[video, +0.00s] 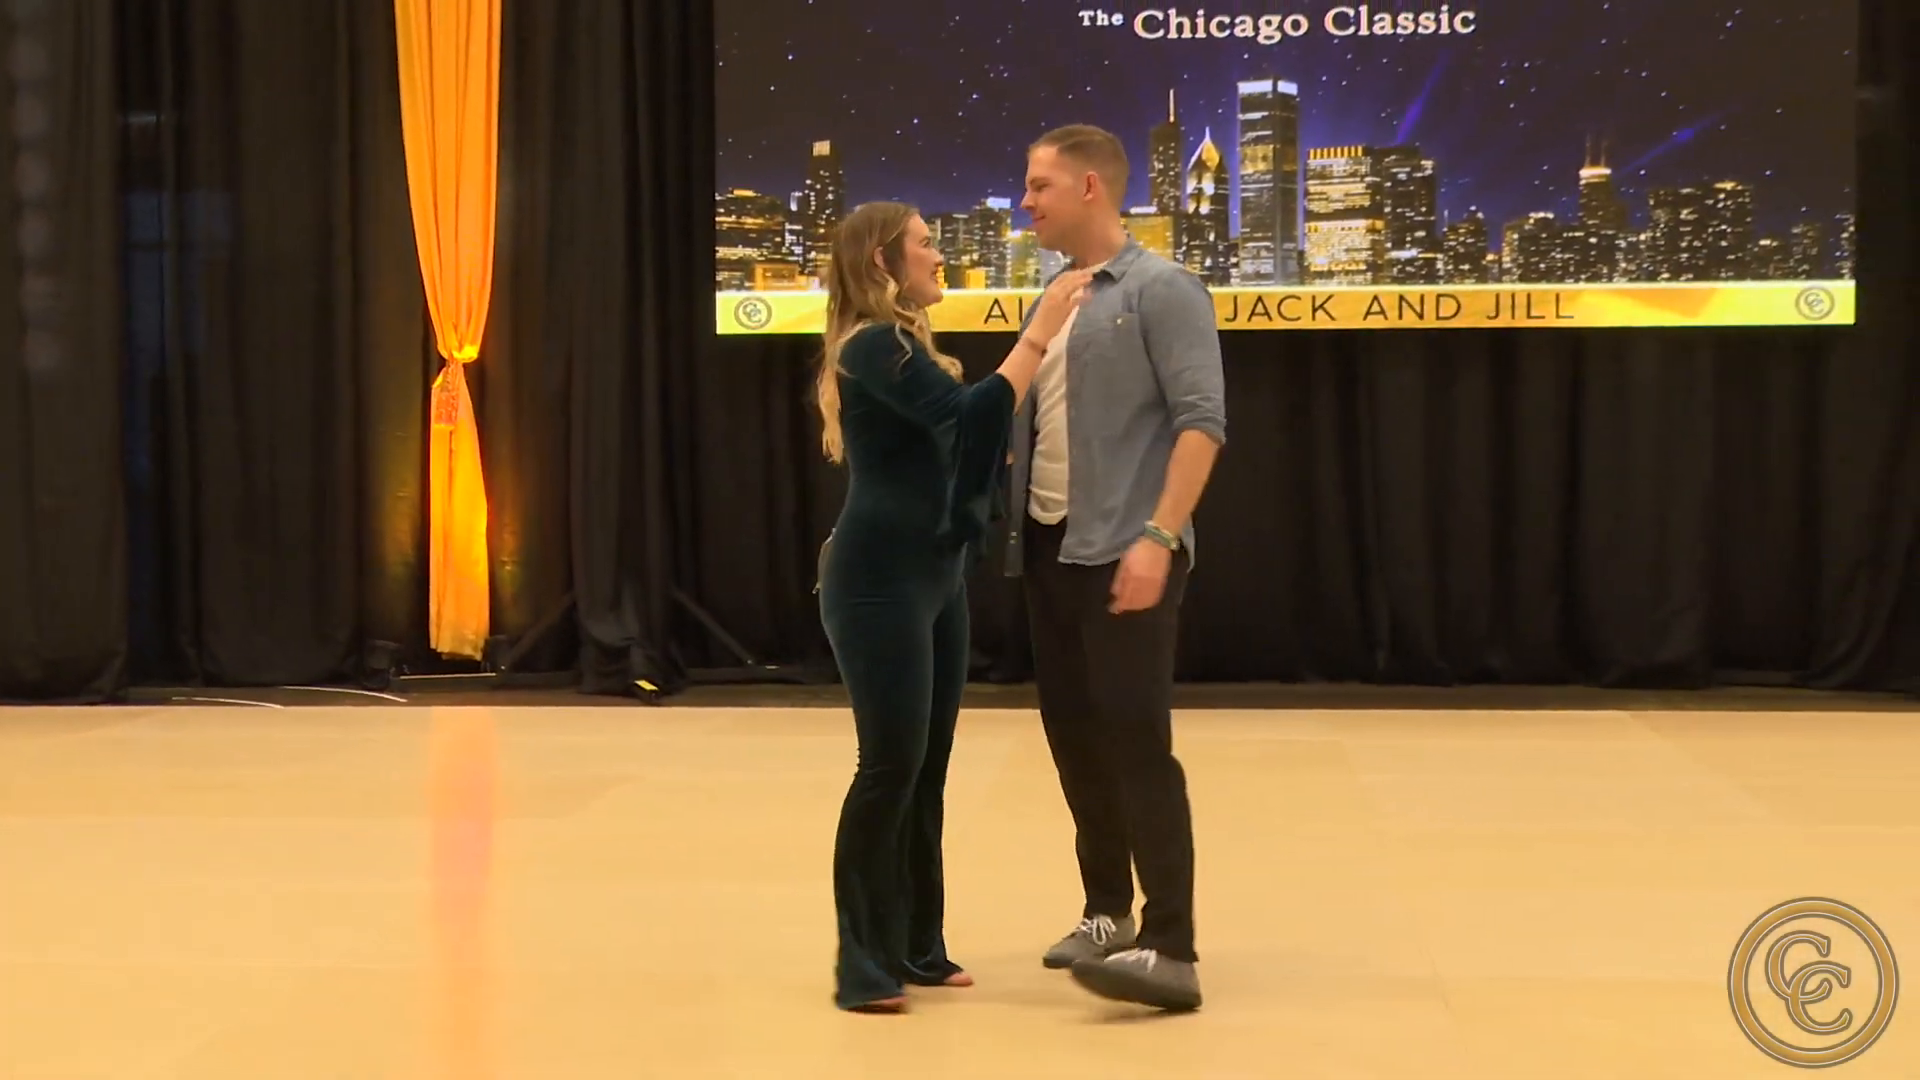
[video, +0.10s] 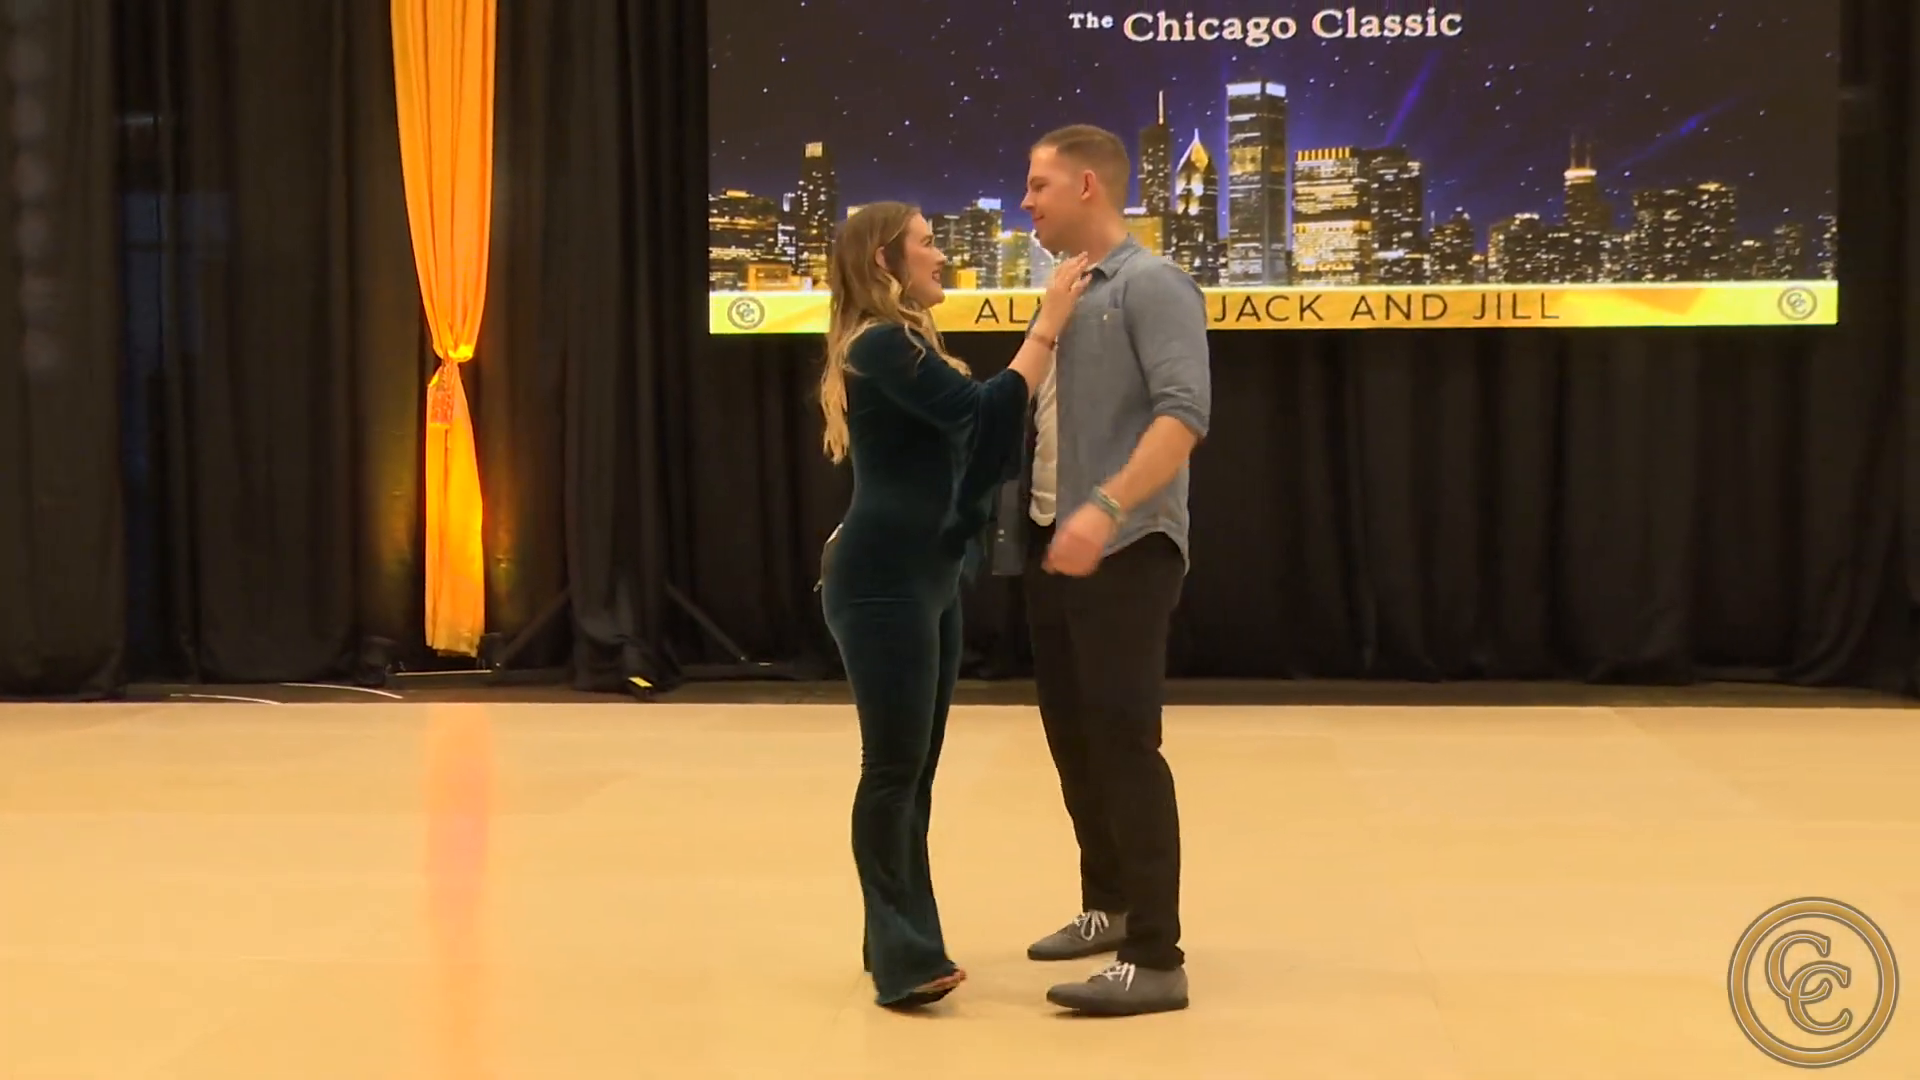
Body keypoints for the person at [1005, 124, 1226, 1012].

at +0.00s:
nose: (1026, 201)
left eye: (1039, 185)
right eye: (1026, 187)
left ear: (1095, 189)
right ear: (1071, 193)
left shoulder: (1163, 287)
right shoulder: (1053, 299)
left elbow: (1204, 421)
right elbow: (1021, 423)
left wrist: (1160, 538)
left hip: (1127, 553)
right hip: (1048, 551)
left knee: (1137, 747)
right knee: (1077, 743)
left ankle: (1171, 954)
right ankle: (1112, 917)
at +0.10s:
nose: (1025, 202)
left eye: (1038, 185)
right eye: (1027, 187)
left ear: (1091, 189)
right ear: (1071, 190)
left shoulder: (1154, 282)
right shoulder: (1058, 293)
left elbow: (1183, 416)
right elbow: (1029, 417)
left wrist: (1107, 509)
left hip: (1125, 549)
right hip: (1054, 547)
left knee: (1123, 743)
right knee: (1074, 739)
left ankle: (1157, 963)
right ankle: (1113, 912)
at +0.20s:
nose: (1026, 201)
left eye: (1037, 184)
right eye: (1028, 185)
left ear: (1087, 187)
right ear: (1082, 187)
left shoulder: (1142, 276)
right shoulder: (1069, 294)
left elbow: (1157, 405)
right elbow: (1044, 419)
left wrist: (1043, 459)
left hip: (1121, 540)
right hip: (1063, 541)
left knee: (1106, 734)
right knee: (1066, 729)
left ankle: (1144, 961)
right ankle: (1106, 909)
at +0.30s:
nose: (1025, 196)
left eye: (1035, 179)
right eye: (1028, 180)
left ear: (1080, 180)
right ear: (1080, 182)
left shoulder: (1133, 273)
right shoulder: (1081, 288)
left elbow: (1132, 397)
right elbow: (1046, 402)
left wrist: (997, 405)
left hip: (1112, 539)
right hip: (1063, 540)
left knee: (1095, 727)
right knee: (1044, 717)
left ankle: (1135, 953)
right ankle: (1100, 907)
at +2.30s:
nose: (992, 253)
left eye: (999, 238)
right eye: (988, 240)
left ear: (1045, 225)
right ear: (1034, 231)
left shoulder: (1098, 312)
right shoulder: (1027, 306)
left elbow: (1108, 444)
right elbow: (980, 404)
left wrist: (1020, 381)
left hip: (1079, 539)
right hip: (1035, 533)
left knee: (1067, 711)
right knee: (1053, 707)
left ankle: (1069, 890)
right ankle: (1077, 864)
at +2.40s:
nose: (993, 256)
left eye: (998, 241)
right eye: (988, 243)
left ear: (1044, 226)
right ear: (1033, 231)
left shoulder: (1098, 312)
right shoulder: (1027, 306)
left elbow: (1110, 445)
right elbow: (979, 404)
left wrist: (1021, 383)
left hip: (1081, 537)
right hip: (1037, 532)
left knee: (1063, 704)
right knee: (1050, 702)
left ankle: (1071, 887)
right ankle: (1074, 863)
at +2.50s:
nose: (992, 257)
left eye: (997, 241)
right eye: (988, 243)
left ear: (1043, 227)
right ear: (1038, 231)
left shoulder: (1099, 311)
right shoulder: (1032, 305)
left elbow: (1113, 445)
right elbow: (979, 398)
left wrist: (1024, 385)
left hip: (1084, 532)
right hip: (1045, 527)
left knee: (1058, 699)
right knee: (1051, 698)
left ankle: (1081, 892)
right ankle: (1071, 867)